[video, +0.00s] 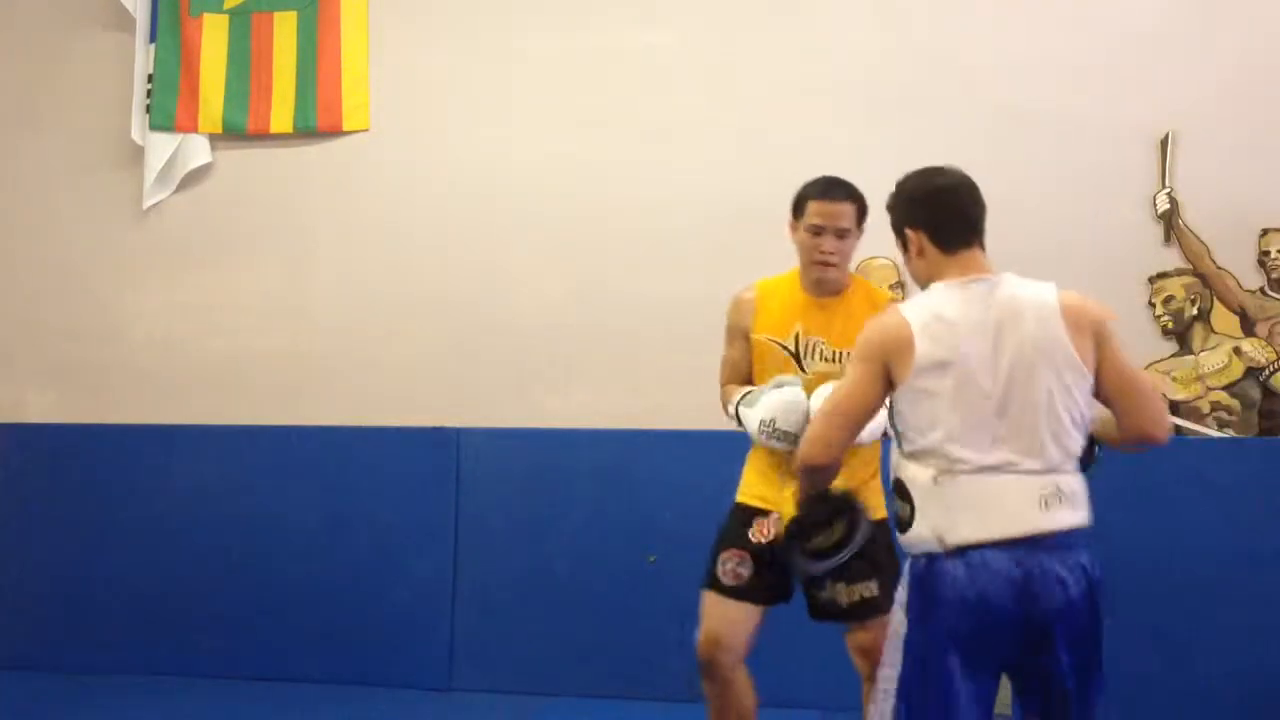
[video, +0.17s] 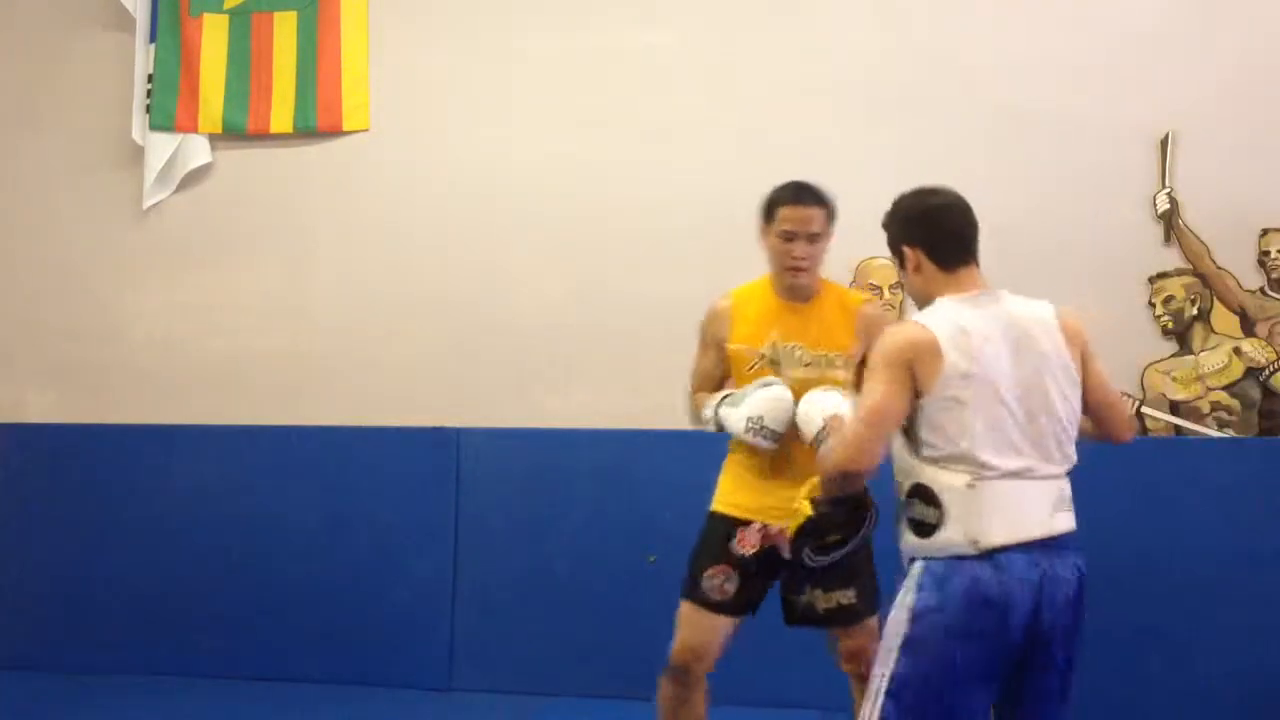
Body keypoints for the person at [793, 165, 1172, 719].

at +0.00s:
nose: (904, 260)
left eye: (900, 246)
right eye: (901, 246)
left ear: (915, 242)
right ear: (978, 226)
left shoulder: (894, 332)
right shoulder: (1075, 313)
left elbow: (817, 456)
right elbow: (1151, 426)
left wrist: (811, 491)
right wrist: (1074, 420)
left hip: (953, 574)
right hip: (1062, 566)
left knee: (935, 709)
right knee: (1066, 709)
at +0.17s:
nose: (901, 275)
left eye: (898, 261)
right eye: (898, 261)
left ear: (913, 259)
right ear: (971, 243)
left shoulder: (909, 341)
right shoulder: (1059, 325)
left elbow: (856, 458)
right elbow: (1120, 426)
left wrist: (831, 428)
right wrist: (1044, 406)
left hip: (958, 582)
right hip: (1056, 571)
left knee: (900, 709)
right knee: (1037, 711)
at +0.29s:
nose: (897, 282)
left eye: (896, 266)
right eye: (894, 267)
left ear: (919, 264)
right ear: (970, 251)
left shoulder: (937, 337)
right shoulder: (1035, 319)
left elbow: (908, 449)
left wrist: (849, 486)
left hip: (982, 564)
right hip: (1060, 555)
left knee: (927, 707)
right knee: (1027, 708)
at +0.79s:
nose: (854, 288)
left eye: (863, 273)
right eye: (856, 274)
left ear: (908, 277)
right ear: (906, 279)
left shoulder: (927, 352)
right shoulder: (967, 334)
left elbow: (936, 472)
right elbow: (955, 452)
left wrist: (837, 476)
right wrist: (865, 471)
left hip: (973, 558)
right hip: (1021, 544)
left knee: (921, 708)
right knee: (990, 703)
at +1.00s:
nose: (861, 275)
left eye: (871, 261)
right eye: (862, 261)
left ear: (916, 266)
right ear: (915, 268)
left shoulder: (933, 337)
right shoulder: (957, 322)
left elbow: (931, 454)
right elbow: (959, 432)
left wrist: (845, 438)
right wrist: (884, 417)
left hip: (977, 541)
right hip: (1006, 533)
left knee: (927, 702)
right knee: (987, 692)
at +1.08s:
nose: (867, 287)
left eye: (876, 273)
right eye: (867, 273)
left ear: (921, 279)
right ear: (921, 281)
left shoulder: (948, 352)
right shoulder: (944, 342)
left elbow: (941, 473)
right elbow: (938, 450)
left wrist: (852, 451)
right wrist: (874, 438)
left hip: (981, 551)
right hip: (1004, 545)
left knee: (893, 707)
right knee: (985, 702)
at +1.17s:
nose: (868, 296)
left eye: (878, 281)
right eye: (867, 282)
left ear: (924, 288)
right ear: (923, 290)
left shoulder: (952, 361)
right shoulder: (950, 349)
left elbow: (949, 478)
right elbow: (934, 453)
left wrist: (858, 460)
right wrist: (867, 445)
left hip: (977, 553)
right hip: (1000, 548)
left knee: (875, 701)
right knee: (982, 704)